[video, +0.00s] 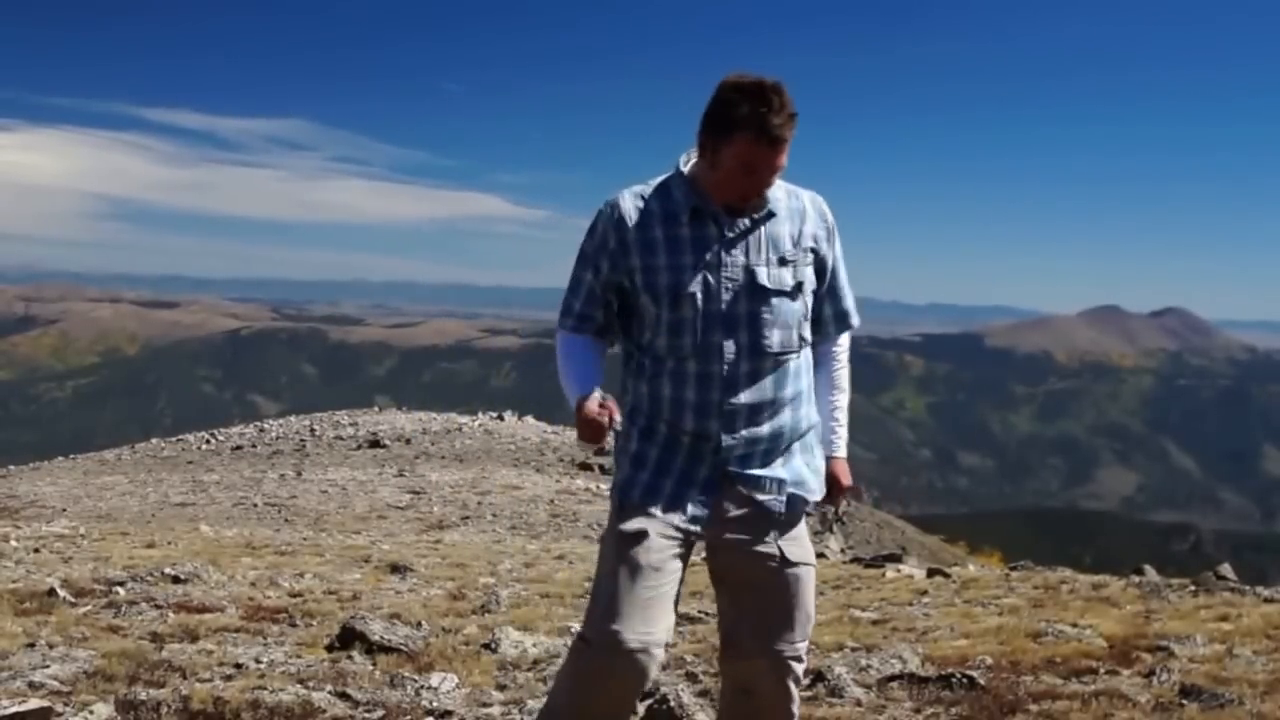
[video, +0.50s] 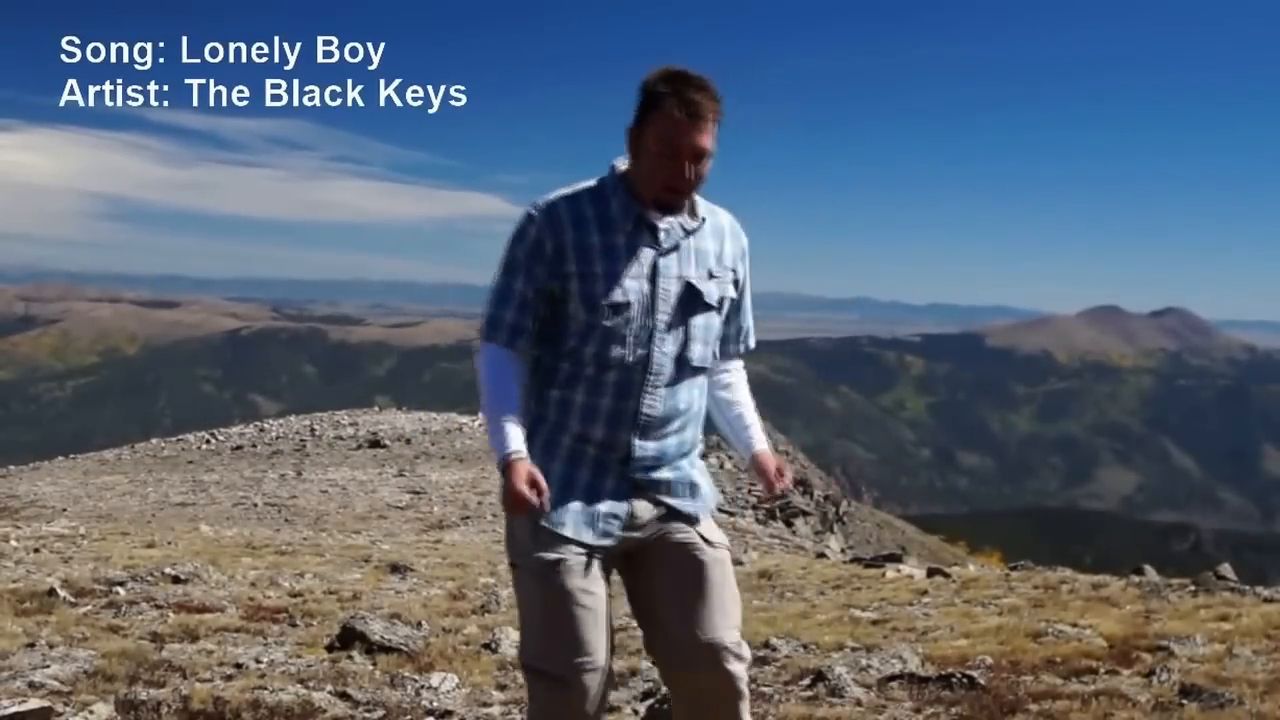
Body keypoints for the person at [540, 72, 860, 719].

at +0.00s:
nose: (762, 187)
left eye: (774, 171)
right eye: (751, 171)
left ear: (784, 154)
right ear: (709, 148)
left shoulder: (808, 218)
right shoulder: (630, 219)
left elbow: (831, 338)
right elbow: (579, 328)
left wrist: (834, 446)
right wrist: (586, 393)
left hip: (774, 478)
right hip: (659, 475)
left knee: (773, 671)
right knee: (622, 652)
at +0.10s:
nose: (771, 190)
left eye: (780, 176)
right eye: (763, 174)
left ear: (789, 160)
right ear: (718, 149)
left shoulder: (800, 223)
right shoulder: (627, 224)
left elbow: (814, 343)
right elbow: (566, 336)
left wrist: (819, 445)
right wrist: (582, 410)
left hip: (768, 490)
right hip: (655, 487)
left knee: (773, 676)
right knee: (619, 669)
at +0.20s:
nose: (771, 183)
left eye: (778, 169)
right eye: (764, 166)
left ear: (783, 157)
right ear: (717, 143)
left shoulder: (784, 217)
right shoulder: (616, 215)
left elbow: (790, 335)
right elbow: (551, 326)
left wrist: (794, 434)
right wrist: (577, 382)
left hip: (749, 481)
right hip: (644, 480)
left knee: (766, 671)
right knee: (622, 665)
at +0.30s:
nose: (757, 179)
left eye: (764, 165)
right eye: (750, 162)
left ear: (764, 152)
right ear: (701, 139)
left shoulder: (762, 218)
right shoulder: (597, 215)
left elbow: (763, 337)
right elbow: (531, 326)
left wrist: (768, 431)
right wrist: (566, 379)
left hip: (726, 481)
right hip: (621, 480)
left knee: (753, 667)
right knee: (611, 665)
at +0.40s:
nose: (729, 183)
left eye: (737, 169)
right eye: (721, 167)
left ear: (741, 160)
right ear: (674, 147)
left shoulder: (737, 236)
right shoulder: (576, 230)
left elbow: (733, 360)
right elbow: (521, 349)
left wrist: (751, 453)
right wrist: (542, 452)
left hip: (701, 500)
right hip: (590, 500)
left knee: (732, 683)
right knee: (591, 692)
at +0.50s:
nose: (687, 175)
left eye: (700, 159)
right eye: (674, 156)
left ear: (715, 153)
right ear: (636, 140)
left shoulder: (724, 237)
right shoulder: (555, 226)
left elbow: (723, 363)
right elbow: (500, 345)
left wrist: (757, 446)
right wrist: (512, 454)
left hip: (674, 492)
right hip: (561, 496)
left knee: (718, 671)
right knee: (573, 685)